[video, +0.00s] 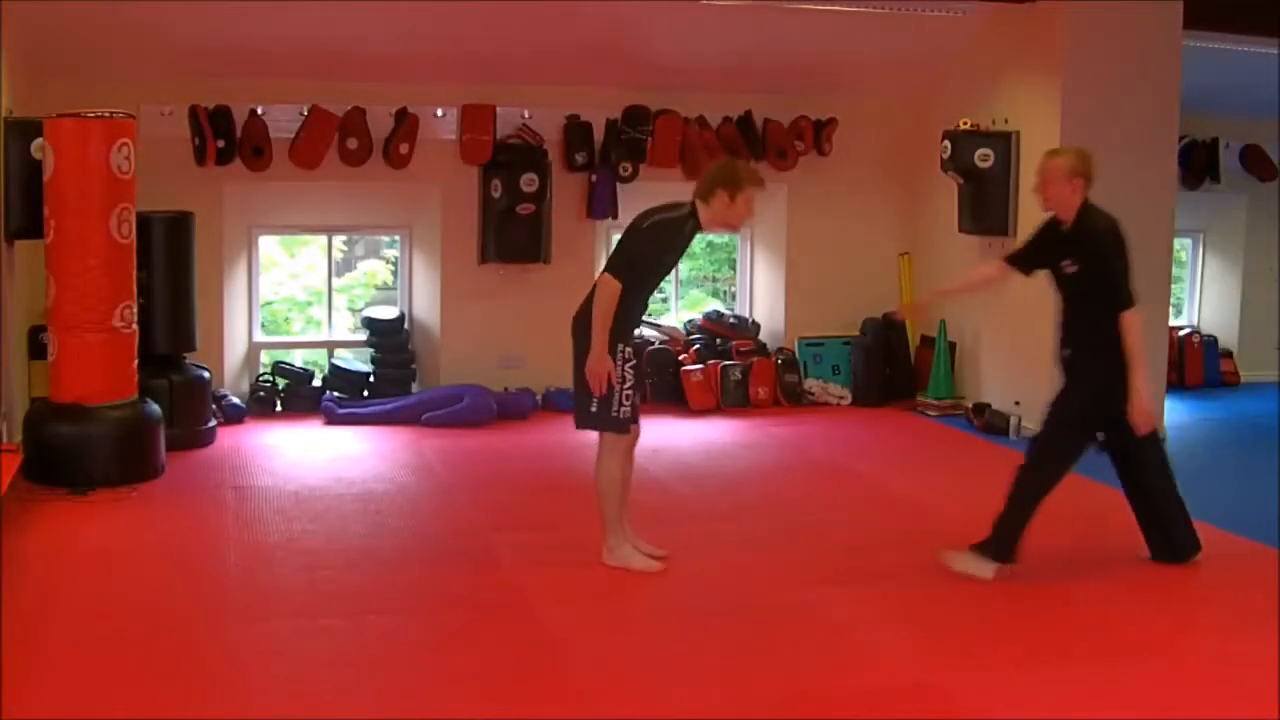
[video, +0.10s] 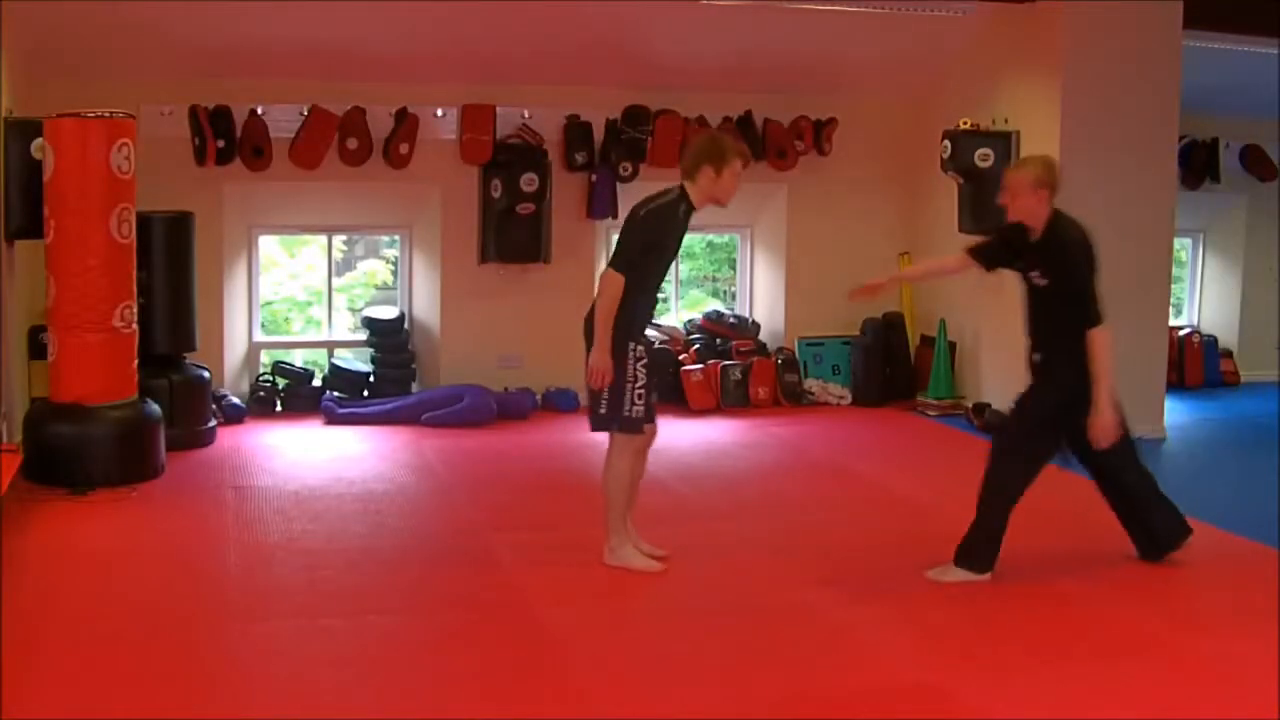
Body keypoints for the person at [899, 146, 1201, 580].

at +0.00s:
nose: (1038, 189)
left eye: (1046, 181)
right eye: (1039, 181)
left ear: (1076, 185)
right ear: (1063, 186)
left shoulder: (1102, 232)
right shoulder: (1054, 231)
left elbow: (1127, 314)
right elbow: (996, 271)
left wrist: (1140, 390)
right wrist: (931, 298)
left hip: (1101, 376)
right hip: (1094, 372)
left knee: (1043, 461)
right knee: (1140, 461)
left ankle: (995, 550)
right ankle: (1178, 545)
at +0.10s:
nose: (1001, 200)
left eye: (1011, 191)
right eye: (1003, 191)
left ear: (1041, 196)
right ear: (1027, 197)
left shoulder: (1069, 240)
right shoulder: (1017, 237)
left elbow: (1094, 324)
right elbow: (959, 262)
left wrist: (1103, 402)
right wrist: (892, 278)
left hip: (1069, 380)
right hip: (1059, 376)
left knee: (1010, 457)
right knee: (1107, 454)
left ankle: (975, 560)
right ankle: (1163, 532)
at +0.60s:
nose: (907, 215)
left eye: (914, 206)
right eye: (907, 206)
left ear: (942, 208)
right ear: (938, 209)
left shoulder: (989, 244)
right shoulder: (920, 236)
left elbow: (1024, 322)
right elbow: (860, 268)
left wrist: (1022, 395)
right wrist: (792, 301)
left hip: (1020, 345)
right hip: (994, 342)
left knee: (989, 437)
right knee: (1037, 424)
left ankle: (979, 556)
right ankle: (1079, 508)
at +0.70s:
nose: (899, 223)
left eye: (905, 215)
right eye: (899, 214)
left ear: (931, 218)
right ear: (923, 218)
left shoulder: (982, 247)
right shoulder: (918, 242)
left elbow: (1025, 324)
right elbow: (863, 280)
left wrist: (1022, 396)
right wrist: (793, 297)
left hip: (1020, 342)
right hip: (995, 341)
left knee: (989, 438)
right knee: (1038, 423)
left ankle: (978, 556)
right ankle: (1080, 511)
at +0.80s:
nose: (893, 228)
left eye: (898, 221)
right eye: (893, 221)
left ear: (921, 223)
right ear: (920, 220)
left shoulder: (979, 248)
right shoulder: (920, 241)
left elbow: (1024, 325)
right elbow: (853, 263)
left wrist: (1020, 397)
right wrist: (786, 270)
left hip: (1023, 343)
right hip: (1002, 341)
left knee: (990, 439)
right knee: (1041, 424)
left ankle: (978, 557)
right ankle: (1080, 517)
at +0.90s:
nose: (898, 223)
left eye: (902, 217)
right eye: (898, 217)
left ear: (926, 219)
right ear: (927, 214)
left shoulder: (978, 244)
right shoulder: (933, 235)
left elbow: (1018, 325)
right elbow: (867, 254)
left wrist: (1015, 401)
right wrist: (797, 273)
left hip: (1023, 343)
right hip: (1016, 337)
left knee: (993, 446)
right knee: (1057, 428)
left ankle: (978, 558)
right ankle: (1092, 521)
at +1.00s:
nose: (909, 210)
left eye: (913, 202)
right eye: (910, 202)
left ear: (936, 207)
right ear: (941, 203)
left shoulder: (985, 239)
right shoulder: (944, 233)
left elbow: (1012, 324)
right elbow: (881, 260)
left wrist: (1002, 398)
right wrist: (809, 279)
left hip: (1029, 345)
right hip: (1040, 333)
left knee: (996, 450)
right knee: (1068, 432)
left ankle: (979, 560)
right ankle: (1107, 523)